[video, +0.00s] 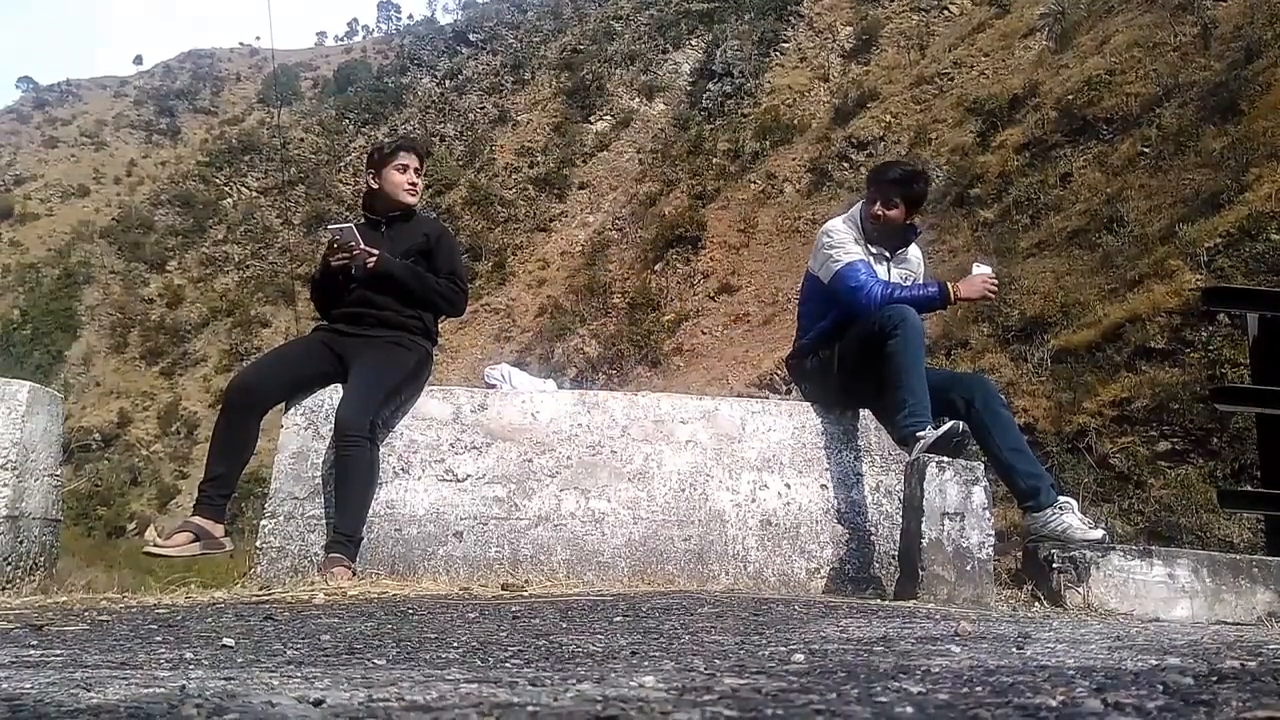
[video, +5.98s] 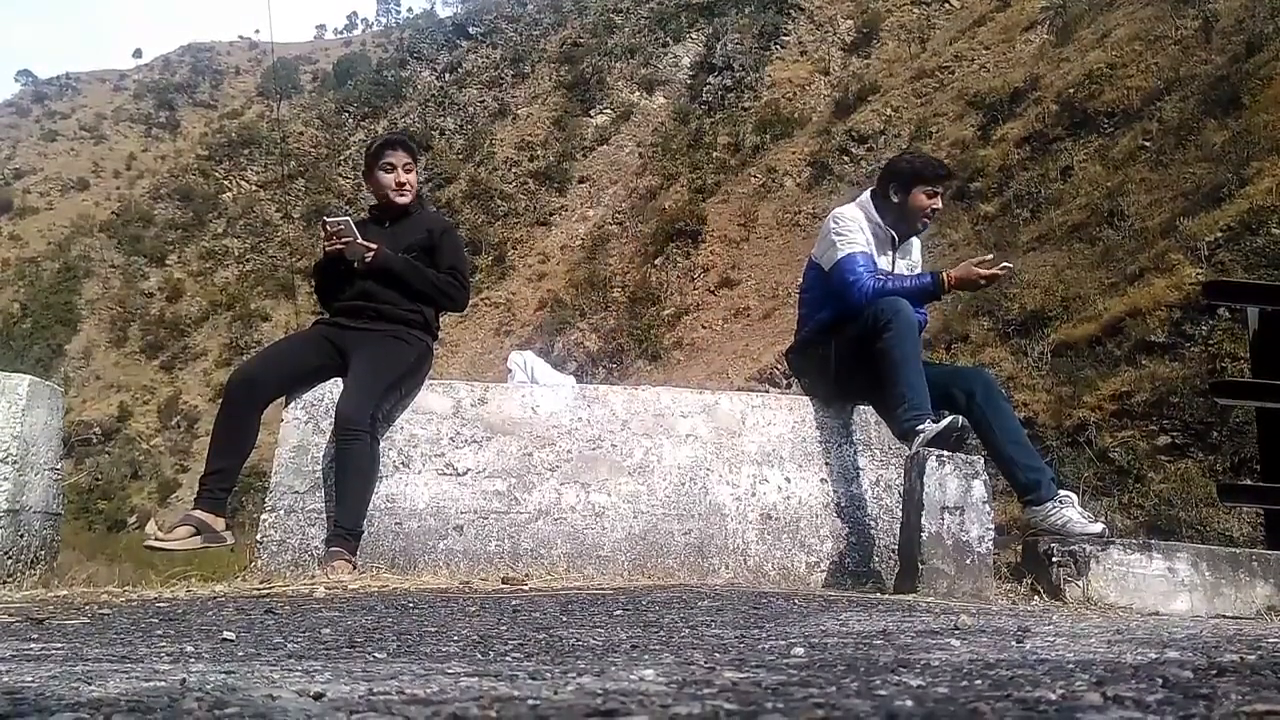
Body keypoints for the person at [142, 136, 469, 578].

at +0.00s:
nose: (414, 179)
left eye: (419, 172)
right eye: (403, 169)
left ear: (421, 182)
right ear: (374, 178)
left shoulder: (432, 232)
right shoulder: (350, 232)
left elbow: (455, 300)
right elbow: (325, 304)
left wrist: (387, 265)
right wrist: (330, 268)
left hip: (397, 344)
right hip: (337, 337)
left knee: (353, 425)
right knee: (246, 390)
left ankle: (340, 559)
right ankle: (208, 522)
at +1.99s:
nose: (372, 197)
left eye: (382, 188)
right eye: (366, 189)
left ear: (410, 185)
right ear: (360, 188)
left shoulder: (434, 235)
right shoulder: (354, 233)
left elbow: (455, 304)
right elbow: (331, 304)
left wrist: (383, 265)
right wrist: (331, 264)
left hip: (397, 346)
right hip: (337, 338)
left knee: (353, 425)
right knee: (247, 390)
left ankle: (341, 561)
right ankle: (208, 523)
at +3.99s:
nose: (375, 197)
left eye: (383, 186)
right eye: (367, 190)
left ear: (409, 179)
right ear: (361, 190)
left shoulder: (437, 231)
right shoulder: (359, 228)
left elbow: (456, 299)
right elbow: (334, 299)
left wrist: (381, 259)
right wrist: (333, 256)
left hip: (397, 343)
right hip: (337, 334)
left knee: (353, 420)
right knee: (247, 386)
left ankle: (341, 556)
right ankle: (208, 519)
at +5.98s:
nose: (402, 178)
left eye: (409, 168)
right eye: (389, 169)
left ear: (419, 174)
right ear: (371, 178)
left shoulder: (437, 227)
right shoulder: (354, 227)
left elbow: (456, 295)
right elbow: (328, 296)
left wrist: (384, 257)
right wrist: (332, 258)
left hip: (397, 338)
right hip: (337, 330)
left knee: (354, 420)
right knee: (247, 383)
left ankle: (341, 554)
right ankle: (209, 515)